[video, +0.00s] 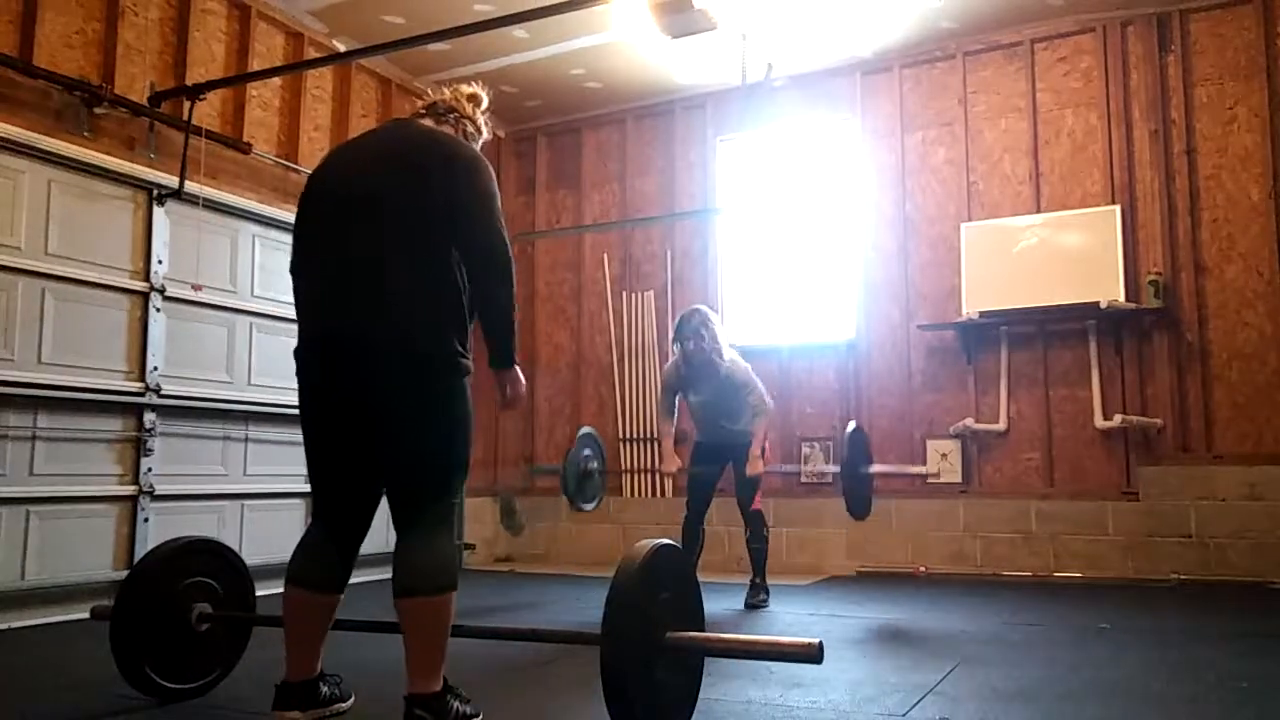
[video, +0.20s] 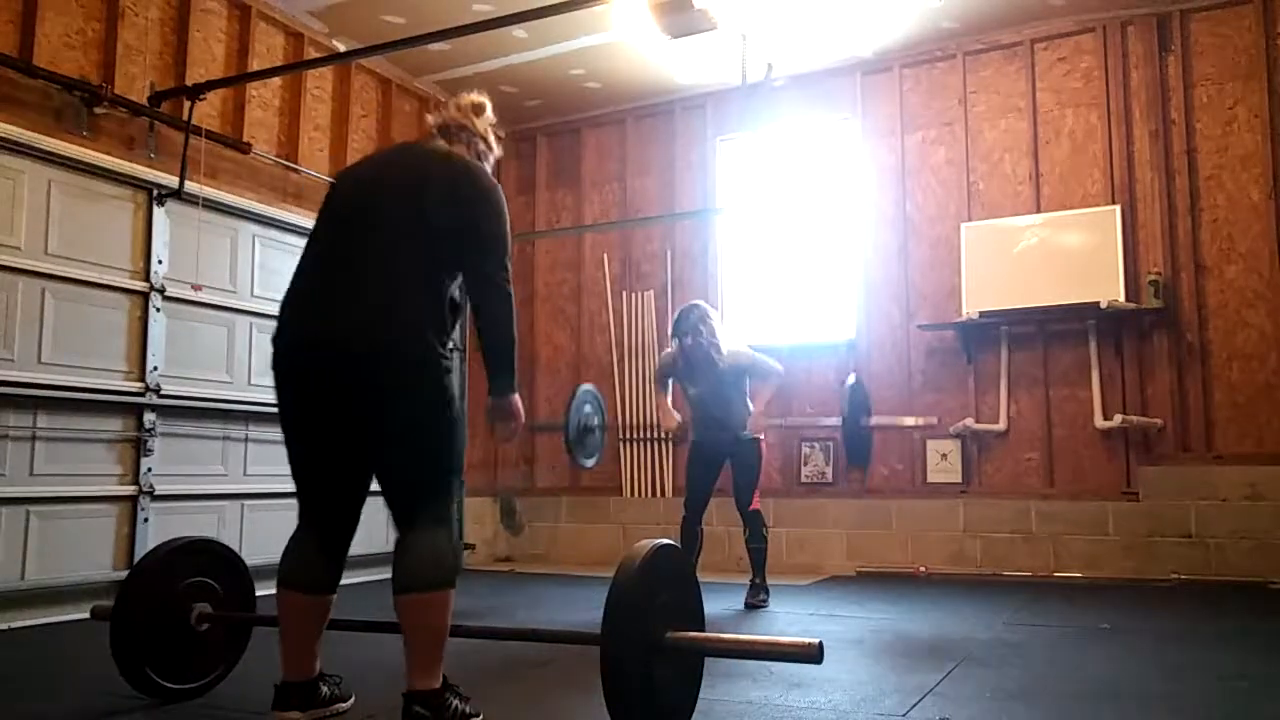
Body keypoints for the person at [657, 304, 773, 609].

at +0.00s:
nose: (692, 346)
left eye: (698, 339)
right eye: (686, 340)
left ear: (711, 338)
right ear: (679, 342)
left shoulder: (731, 366)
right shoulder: (675, 372)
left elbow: (763, 407)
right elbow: (666, 412)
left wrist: (755, 453)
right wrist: (668, 454)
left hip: (743, 441)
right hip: (707, 443)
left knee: (748, 506)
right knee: (694, 511)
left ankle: (758, 583)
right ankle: (685, 581)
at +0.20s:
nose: (695, 342)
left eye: (701, 335)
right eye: (688, 336)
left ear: (712, 332)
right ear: (679, 339)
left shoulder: (735, 358)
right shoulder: (674, 362)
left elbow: (776, 372)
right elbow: (661, 377)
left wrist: (758, 408)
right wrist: (665, 410)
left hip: (744, 440)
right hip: (705, 442)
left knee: (746, 504)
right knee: (692, 511)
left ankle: (758, 582)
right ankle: (685, 581)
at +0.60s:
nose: (692, 347)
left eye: (699, 340)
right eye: (686, 341)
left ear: (713, 339)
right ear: (679, 344)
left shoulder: (736, 372)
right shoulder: (671, 377)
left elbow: (764, 415)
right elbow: (661, 416)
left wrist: (756, 458)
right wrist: (664, 456)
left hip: (742, 444)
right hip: (704, 445)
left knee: (747, 506)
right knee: (690, 511)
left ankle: (758, 583)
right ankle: (684, 582)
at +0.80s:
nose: (695, 385)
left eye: (701, 376)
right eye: (687, 379)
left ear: (714, 376)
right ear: (678, 383)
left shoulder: (732, 405)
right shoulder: (672, 412)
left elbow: (750, 454)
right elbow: (663, 459)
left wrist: (749, 510)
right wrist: (663, 509)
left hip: (741, 461)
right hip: (705, 463)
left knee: (747, 519)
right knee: (680, 516)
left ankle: (758, 585)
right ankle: (683, 584)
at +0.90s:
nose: (700, 410)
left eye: (705, 402)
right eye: (692, 403)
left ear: (716, 398)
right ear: (680, 401)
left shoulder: (732, 422)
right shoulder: (671, 428)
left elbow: (748, 475)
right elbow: (663, 479)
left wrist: (748, 529)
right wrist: (662, 528)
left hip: (738, 477)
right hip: (703, 479)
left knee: (745, 522)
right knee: (679, 515)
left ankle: (757, 585)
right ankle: (683, 584)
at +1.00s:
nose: (706, 418)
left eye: (711, 410)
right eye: (700, 411)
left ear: (719, 407)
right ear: (687, 409)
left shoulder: (735, 434)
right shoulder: (673, 437)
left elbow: (751, 484)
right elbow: (662, 487)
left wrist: (748, 539)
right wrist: (661, 535)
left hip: (734, 486)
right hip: (700, 487)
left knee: (741, 521)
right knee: (679, 518)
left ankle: (757, 585)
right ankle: (684, 584)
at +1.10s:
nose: (714, 427)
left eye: (719, 421)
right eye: (706, 421)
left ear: (728, 413)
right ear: (696, 412)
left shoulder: (739, 430)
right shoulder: (674, 431)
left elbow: (759, 477)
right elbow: (663, 484)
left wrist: (751, 529)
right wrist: (662, 534)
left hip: (732, 481)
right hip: (694, 481)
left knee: (739, 521)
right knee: (678, 523)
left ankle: (757, 585)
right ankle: (683, 585)